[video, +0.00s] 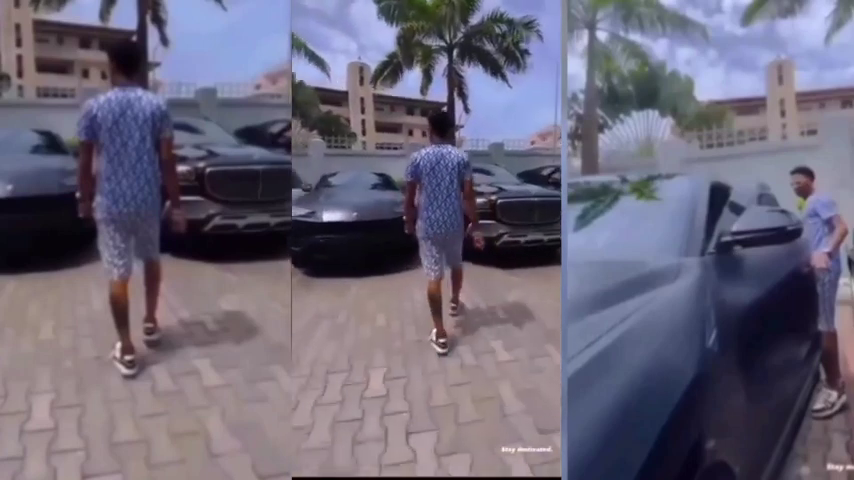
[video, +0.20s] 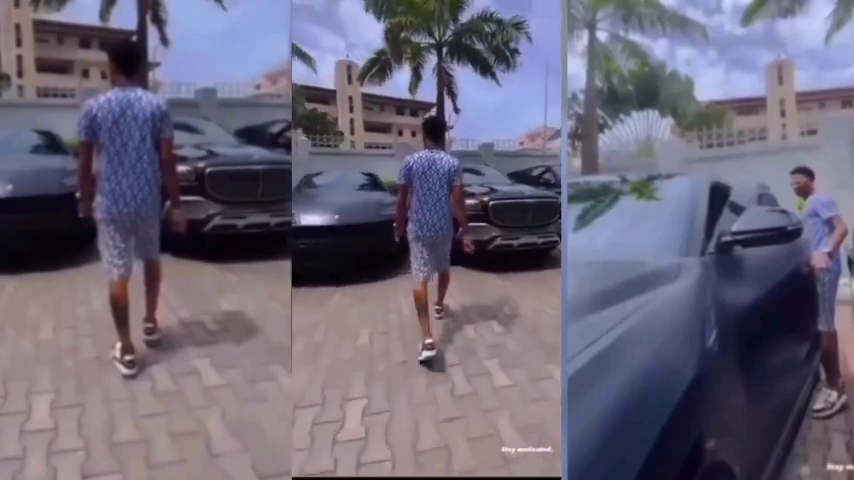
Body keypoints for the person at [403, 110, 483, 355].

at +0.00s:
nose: (429, 133)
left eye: (429, 129)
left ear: (430, 130)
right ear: (452, 130)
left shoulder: (419, 158)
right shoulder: (460, 158)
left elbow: (409, 195)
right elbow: (468, 194)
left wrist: (410, 221)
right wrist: (475, 225)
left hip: (428, 224)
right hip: (454, 224)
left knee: (434, 277)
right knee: (456, 263)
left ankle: (439, 332)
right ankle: (454, 300)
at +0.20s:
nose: (424, 138)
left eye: (424, 134)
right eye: (434, 133)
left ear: (424, 135)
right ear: (444, 135)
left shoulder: (412, 161)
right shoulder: (452, 163)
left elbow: (403, 198)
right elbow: (457, 199)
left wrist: (400, 226)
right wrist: (465, 231)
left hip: (418, 225)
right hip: (443, 225)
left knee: (420, 279)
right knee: (443, 266)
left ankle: (427, 339)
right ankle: (439, 304)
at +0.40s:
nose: (411, 132)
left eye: (411, 129)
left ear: (412, 130)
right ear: (431, 130)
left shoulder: (400, 156)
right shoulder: (440, 158)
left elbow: (393, 193)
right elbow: (446, 196)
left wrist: (392, 224)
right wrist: (448, 226)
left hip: (407, 222)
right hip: (433, 223)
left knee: (404, 266)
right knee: (432, 271)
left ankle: (411, 307)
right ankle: (426, 316)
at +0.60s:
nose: (395, 135)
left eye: (394, 131)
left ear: (393, 132)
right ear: (414, 131)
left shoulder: (384, 157)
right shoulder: (424, 157)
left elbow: (379, 194)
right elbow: (433, 192)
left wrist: (380, 225)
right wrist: (432, 218)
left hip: (393, 223)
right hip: (418, 223)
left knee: (391, 266)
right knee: (418, 274)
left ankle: (396, 303)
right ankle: (413, 329)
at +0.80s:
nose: (371, 138)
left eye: (369, 134)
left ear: (369, 135)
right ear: (390, 134)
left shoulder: (363, 163)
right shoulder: (403, 161)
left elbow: (360, 201)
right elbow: (412, 195)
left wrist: (360, 233)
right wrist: (414, 219)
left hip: (376, 227)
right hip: (401, 226)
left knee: (378, 269)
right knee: (403, 275)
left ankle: (382, 303)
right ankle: (400, 333)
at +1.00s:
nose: (349, 133)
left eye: (345, 129)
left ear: (345, 130)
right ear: (366, 129)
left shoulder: (337, 156)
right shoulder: (378, 155)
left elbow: (335, 196)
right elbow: (389, 192)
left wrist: (334, 228)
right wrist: (394, 220)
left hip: (351, 224)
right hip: (378, 222)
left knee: (357, 271)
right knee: (387, 266)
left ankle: (365, 313)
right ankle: (384, 304)